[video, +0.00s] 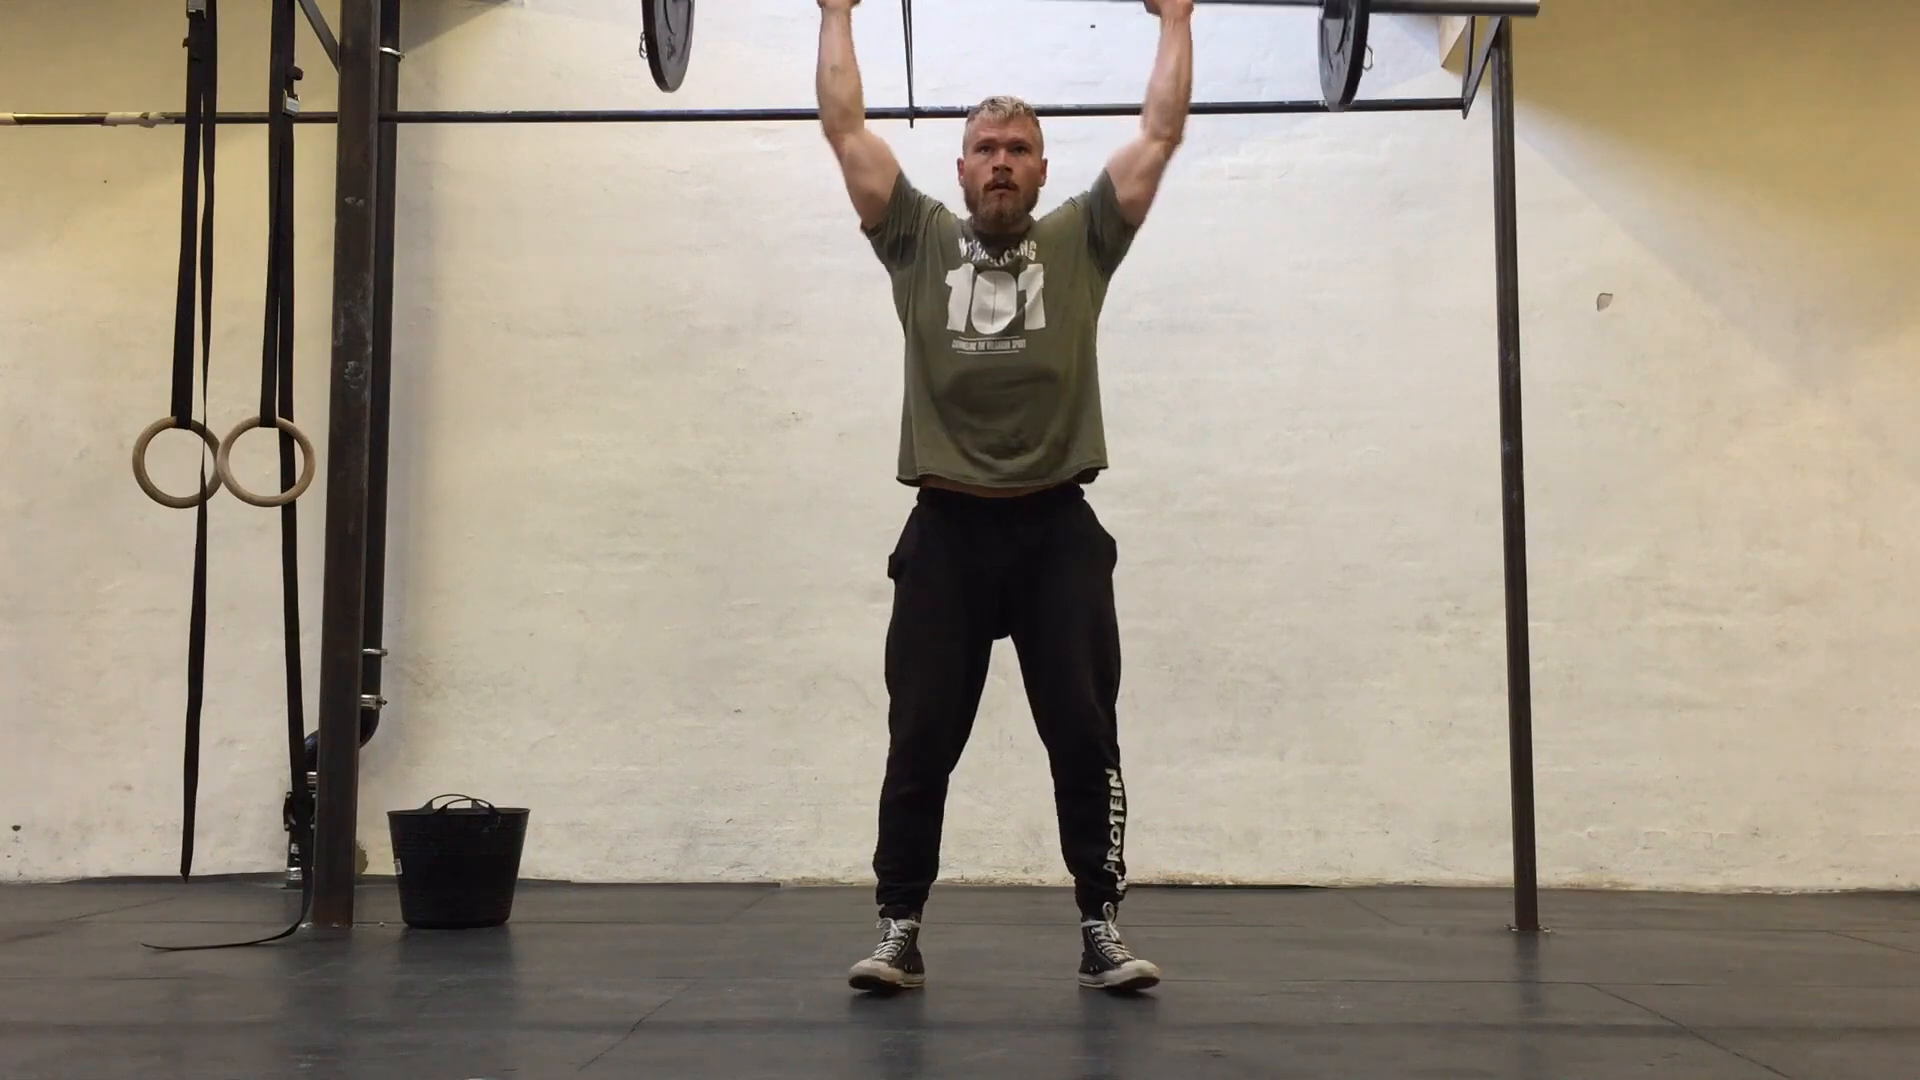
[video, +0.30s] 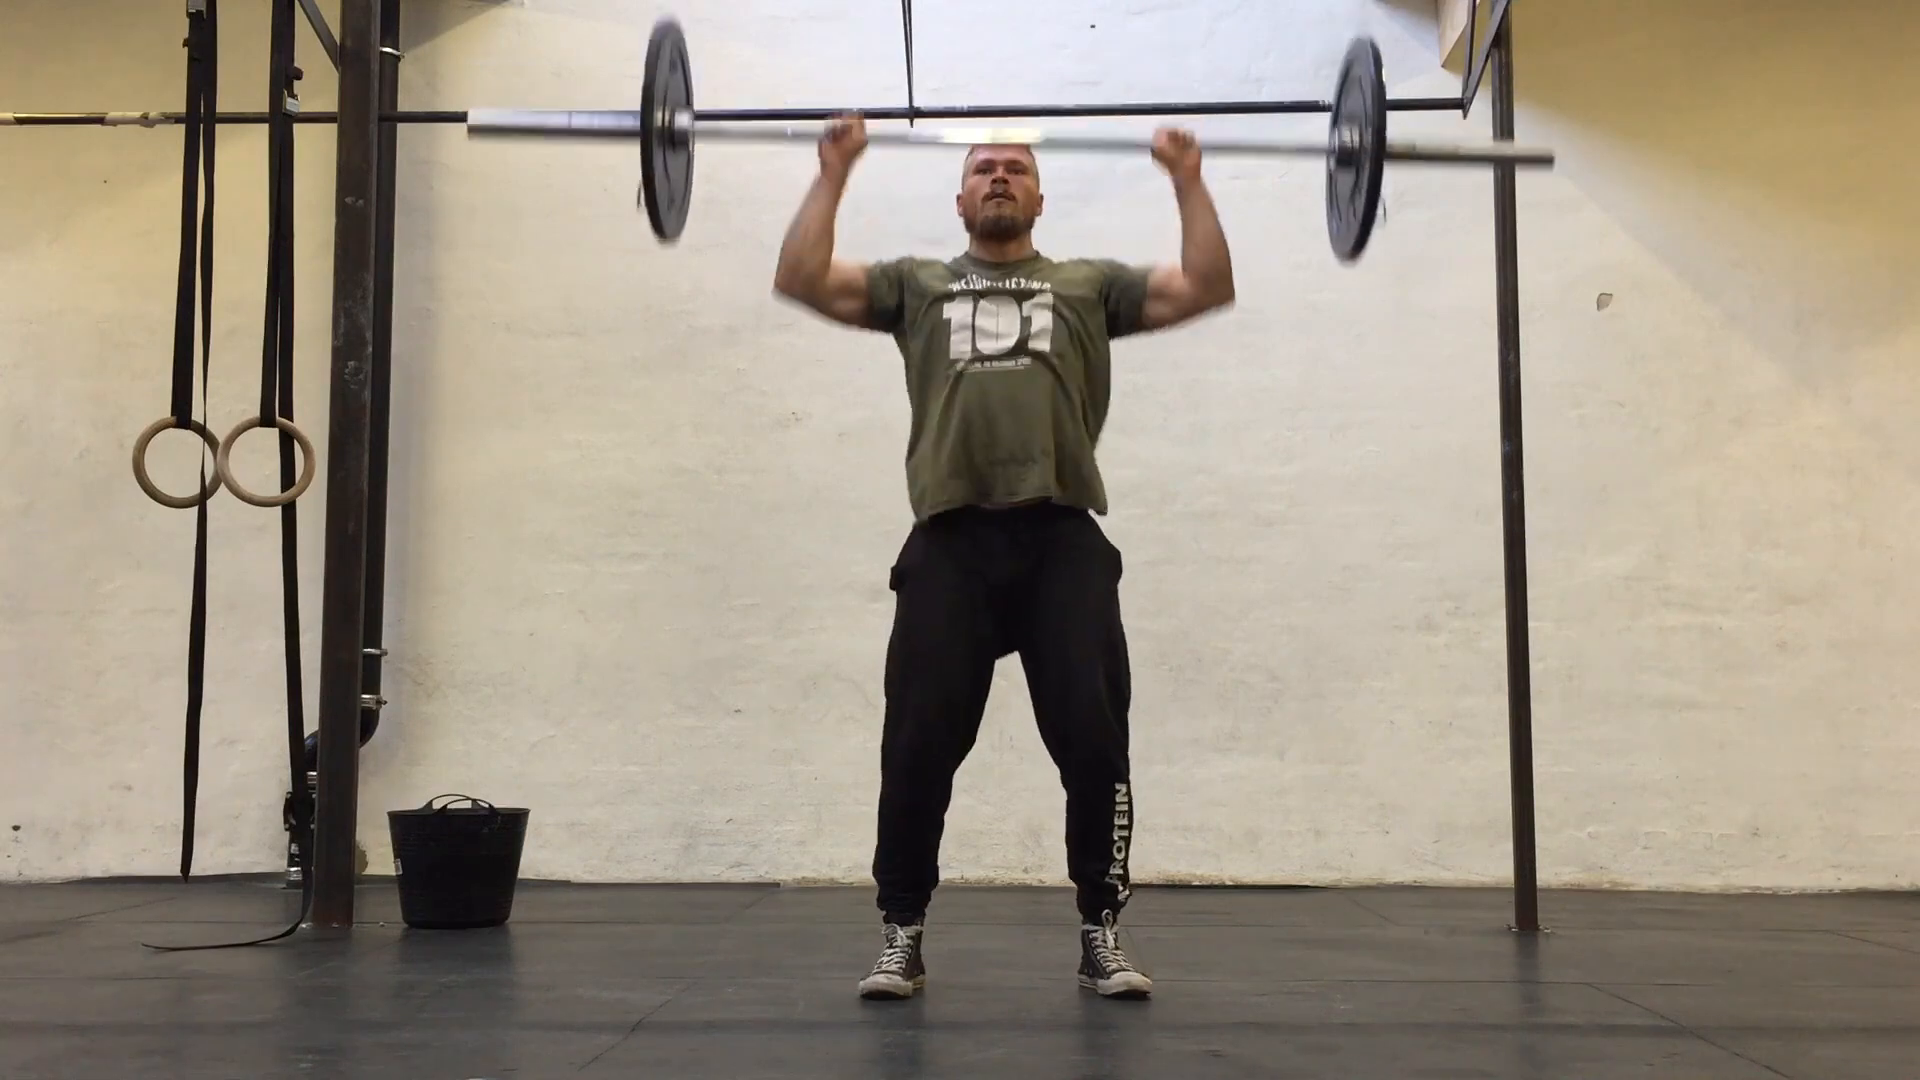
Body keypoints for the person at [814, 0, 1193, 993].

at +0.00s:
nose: (1002, 162)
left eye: (1019, 150)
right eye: (985, 150)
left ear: (1043, 170)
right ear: (961, 167)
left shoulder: (1080, 244)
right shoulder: (920, 243)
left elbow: (1157, 138)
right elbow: (846, 128)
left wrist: (1176, 21)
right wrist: (836, 12)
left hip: (1058, 535)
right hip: (946, 536)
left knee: (1084, 736)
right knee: (920, 739)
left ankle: (1102, 934)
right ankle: (898, 934)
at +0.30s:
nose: (998, 176)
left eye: (1015, 170)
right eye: (983, 170)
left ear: (1039, 199)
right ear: (961, 200)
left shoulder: (1084, 283)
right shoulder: (919, 283)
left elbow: (1207, 288)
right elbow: (801, 279)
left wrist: (1189, 178)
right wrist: (831, 172)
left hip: (1064, 541)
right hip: (949, 543)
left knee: (1095, 738)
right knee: (917, 745)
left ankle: (1102, 938)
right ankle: (900, 938)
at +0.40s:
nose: (999, 176)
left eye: (1016, 169)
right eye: (983, 169)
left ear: (1041, 202)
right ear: (959, 202)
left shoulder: (1086, 291)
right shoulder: (917, 289)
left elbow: (1200, 334)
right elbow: (798, 317)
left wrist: (1186, 256)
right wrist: (830, 242)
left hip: (1067, 549)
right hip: (951, 551)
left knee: (1102, 750)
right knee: (916, 752)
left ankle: (1104, 942)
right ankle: (899, 941)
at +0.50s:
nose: (1005, 159)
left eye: (1021, 150)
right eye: (988, 149)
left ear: (1045, 178)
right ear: (964, 179)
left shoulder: (1088, 263)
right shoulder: (921, 258)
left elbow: (1202, 293)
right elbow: (798, 274)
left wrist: (1188, 303)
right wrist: (834, 286)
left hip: (1067, 527)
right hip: (953, 527)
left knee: (1098, 729)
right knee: (925, 730)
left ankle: (1111, 928)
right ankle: (901, 930)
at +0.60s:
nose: (1009, 156)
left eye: (1025, 146)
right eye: (993, 145)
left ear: (1048, 173)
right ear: (966, 172)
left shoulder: (1090, 262)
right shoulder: (924, 263)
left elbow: (1194, 332)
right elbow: (820, 332)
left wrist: (1183, 416)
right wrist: (839, 406)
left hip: (1068, 526)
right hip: (957, 526)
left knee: (1099, 724)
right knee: (927, 723)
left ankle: (1110, 927)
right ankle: (902, 929)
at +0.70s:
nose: (1007, 174)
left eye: (1023, 164)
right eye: (991, 163)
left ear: (1048, 194)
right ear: (964, 193)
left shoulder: (1096, 298)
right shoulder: (918, 301)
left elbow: (1170, 402)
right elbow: (844, 403)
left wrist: (1179, 524)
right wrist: (843, 514)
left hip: (1074, 567)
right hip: (951, 568)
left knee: (1110, 750)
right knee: (918, 752)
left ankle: (1106, 936)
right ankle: (904, 938)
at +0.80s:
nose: (1005, 198)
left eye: (1023, 189)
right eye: (989, 188)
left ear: (1048, 222)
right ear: (963, 220)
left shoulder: (1100, 336)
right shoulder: (912, 335)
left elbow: (1147, 460)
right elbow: (867, 457)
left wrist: (1174, 585)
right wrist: (846, 582)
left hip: (1070, 580)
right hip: (944, 580)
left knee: (1112, 745)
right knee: (909, 749)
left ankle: (1105, 938)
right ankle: (902, 940)